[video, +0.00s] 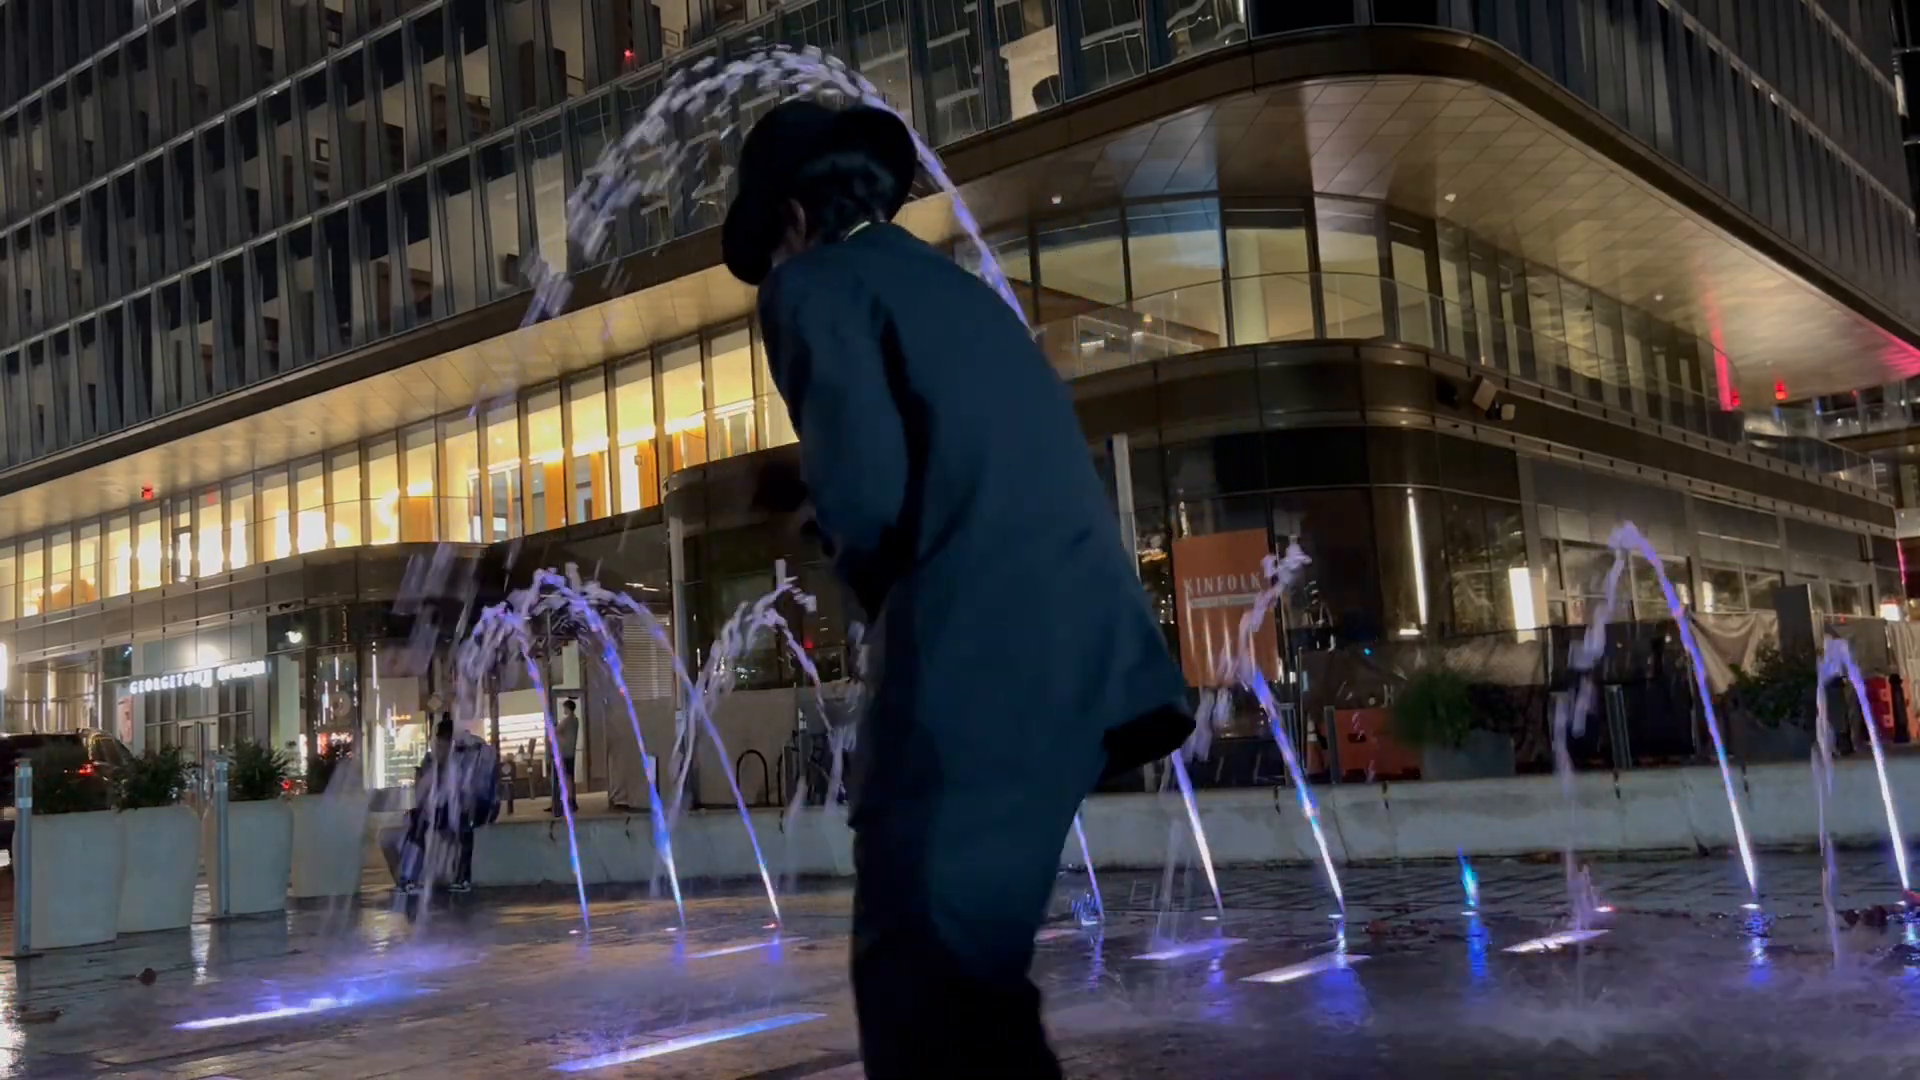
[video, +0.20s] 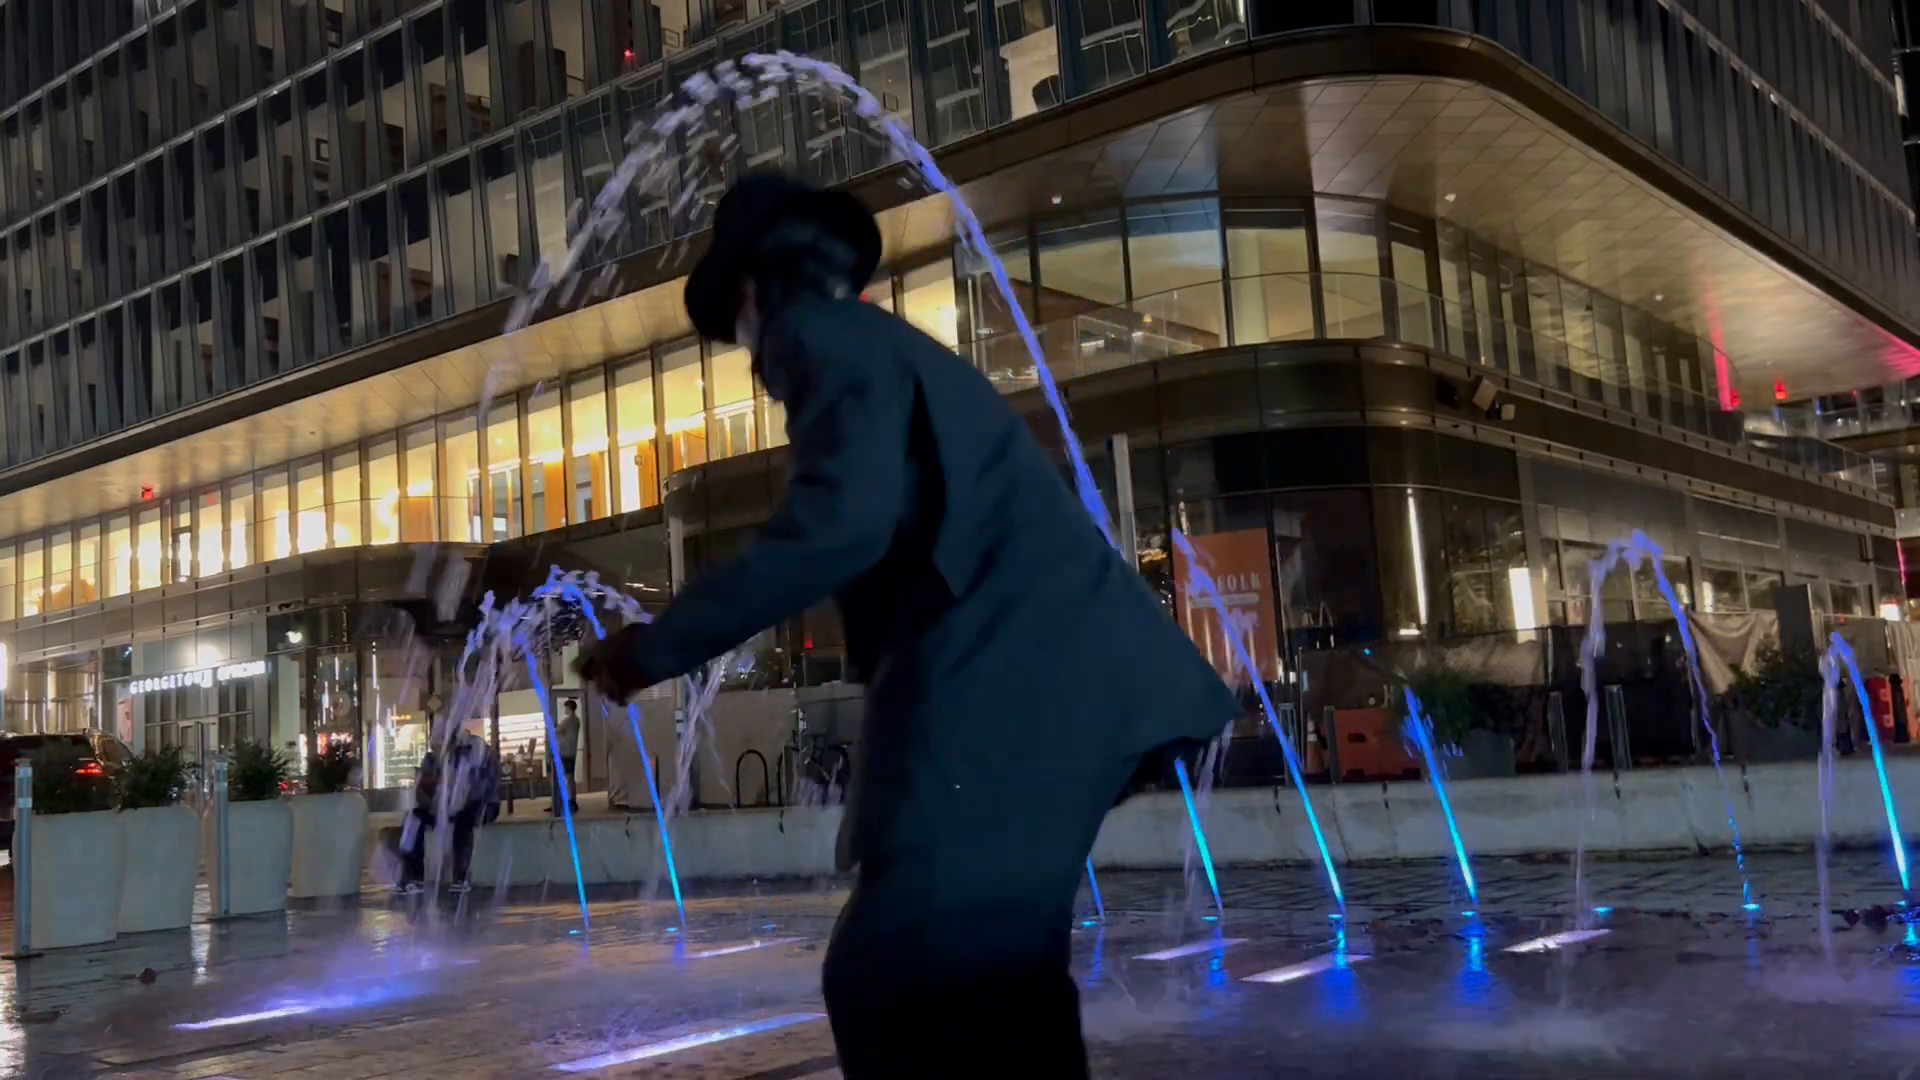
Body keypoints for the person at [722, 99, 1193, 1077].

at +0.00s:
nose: (763, 273)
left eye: (759, 248)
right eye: (756, 256)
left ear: (792, 217)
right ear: (875, 199)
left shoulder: (817, 280)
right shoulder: (949, 284)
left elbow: (862, 493)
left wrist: (859, 573)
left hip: (986, 651)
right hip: (1067, 643)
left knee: (911, 966)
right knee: (976, 962)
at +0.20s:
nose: (747, 354)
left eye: (740, 323)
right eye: (739, 334)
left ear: (756, 290)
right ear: (838, 276)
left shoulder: (830, 336)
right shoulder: (895, 351)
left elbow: (839, 519)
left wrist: (652, 649)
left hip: (1017, 701)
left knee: (880, 976)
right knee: (1014, 972)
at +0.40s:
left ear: (837, 294)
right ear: (953, 265)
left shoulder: (792, 406)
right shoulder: (1039, 327)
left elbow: (816, 606)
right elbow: (1170, 463)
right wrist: (1166, 627)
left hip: (929, 731)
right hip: (1093, 704)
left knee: (854, 1009)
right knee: (1035, 974)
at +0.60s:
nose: (1094, 242)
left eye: (1097, 221)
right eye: (1078, 216)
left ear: (1009, 212)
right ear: (1002, 211)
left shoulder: (962, 312)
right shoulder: (996, 297)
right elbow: (985, 451)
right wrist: (1194, 505)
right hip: (994, 723)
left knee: (993, 988)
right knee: (1145, 984)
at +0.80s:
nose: (1057, 184)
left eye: (1060, 160)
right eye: (1032, 155)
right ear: (948, 158)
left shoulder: (1072, 319)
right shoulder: (831, 283)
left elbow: (1094, 482)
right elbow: (718, 443)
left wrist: (1127, 565)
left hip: (1067, 681)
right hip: (923, 687)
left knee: (1101, 990)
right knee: (1016, 988)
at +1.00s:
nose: (858, 242)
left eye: (880, 219)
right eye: (833, 219)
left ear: (908, 235)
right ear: (797, 239)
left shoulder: (1003, 340)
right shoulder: (760, 422)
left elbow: (1129, 486)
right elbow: (724, 592)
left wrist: (1144, 604)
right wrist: (797, 608)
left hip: (1031, 705)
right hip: (888, 737)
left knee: (1024, 982)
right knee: (844, 938)